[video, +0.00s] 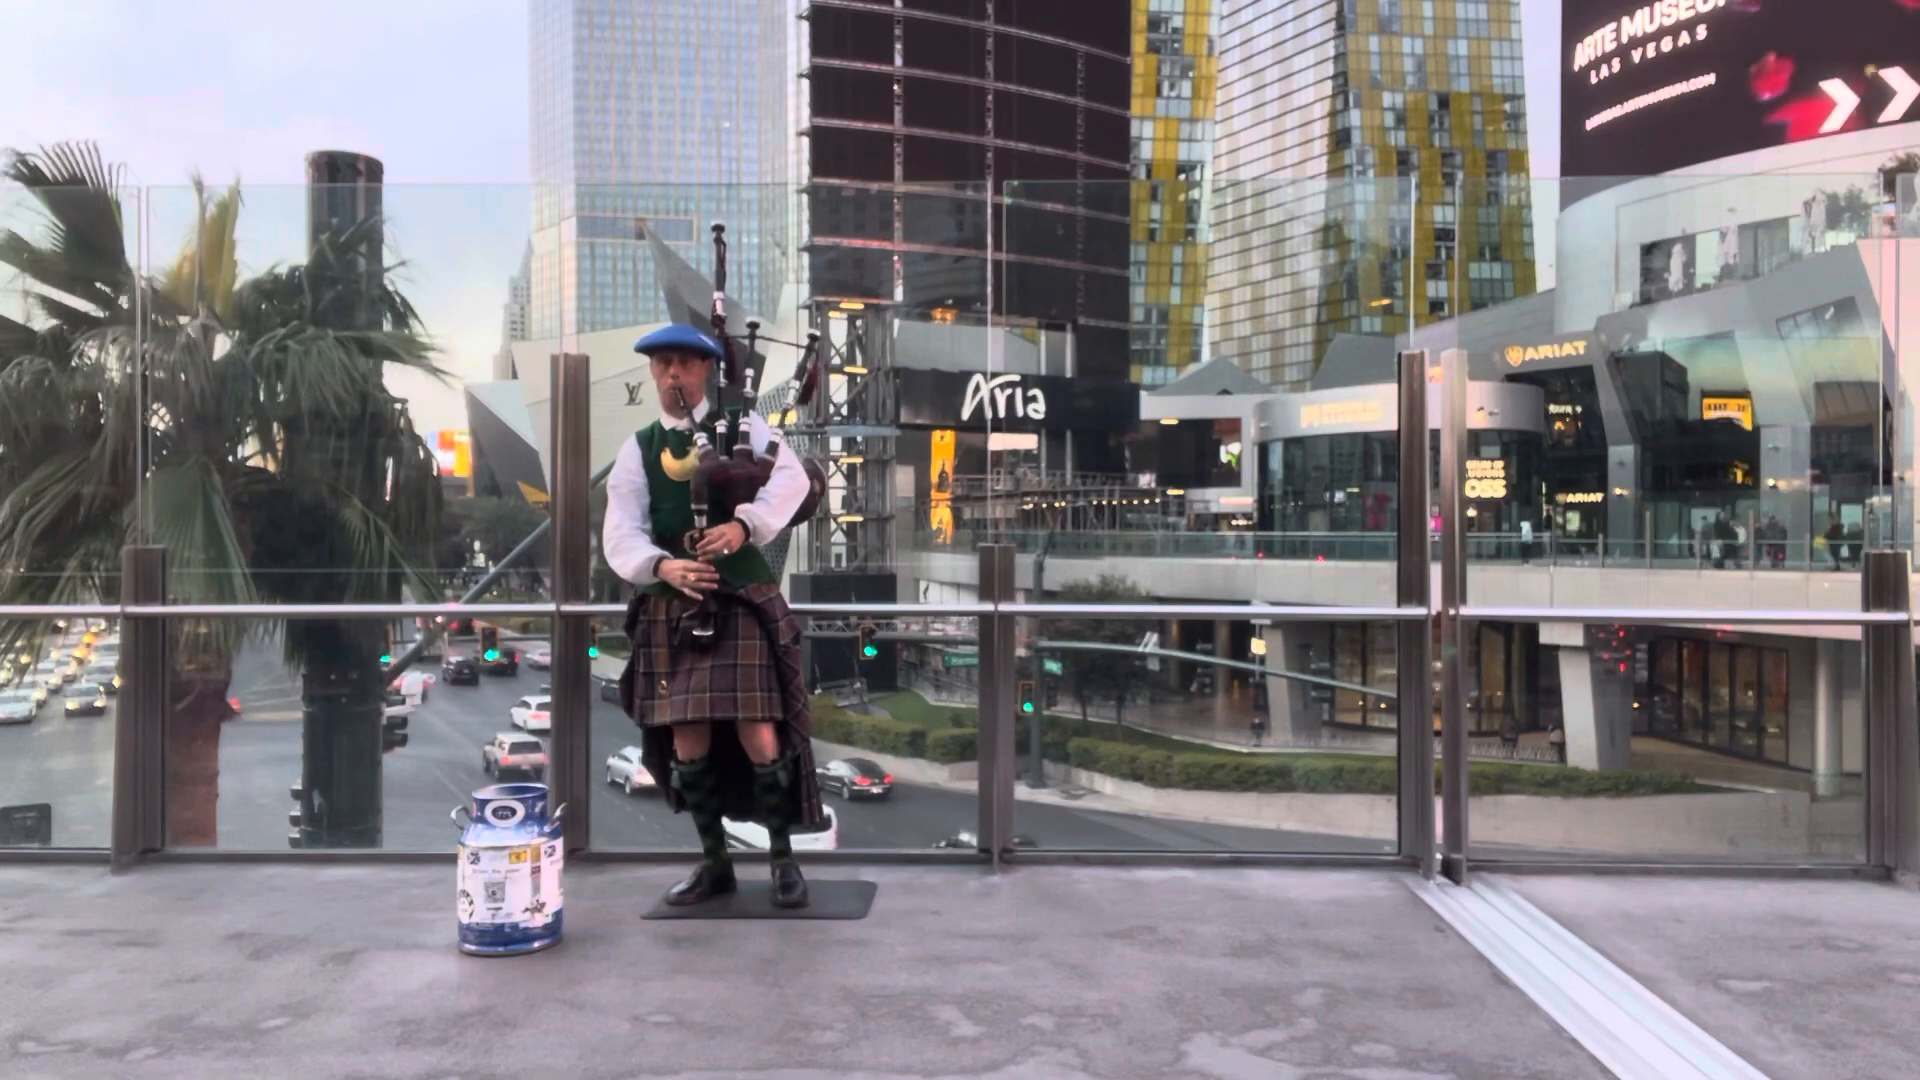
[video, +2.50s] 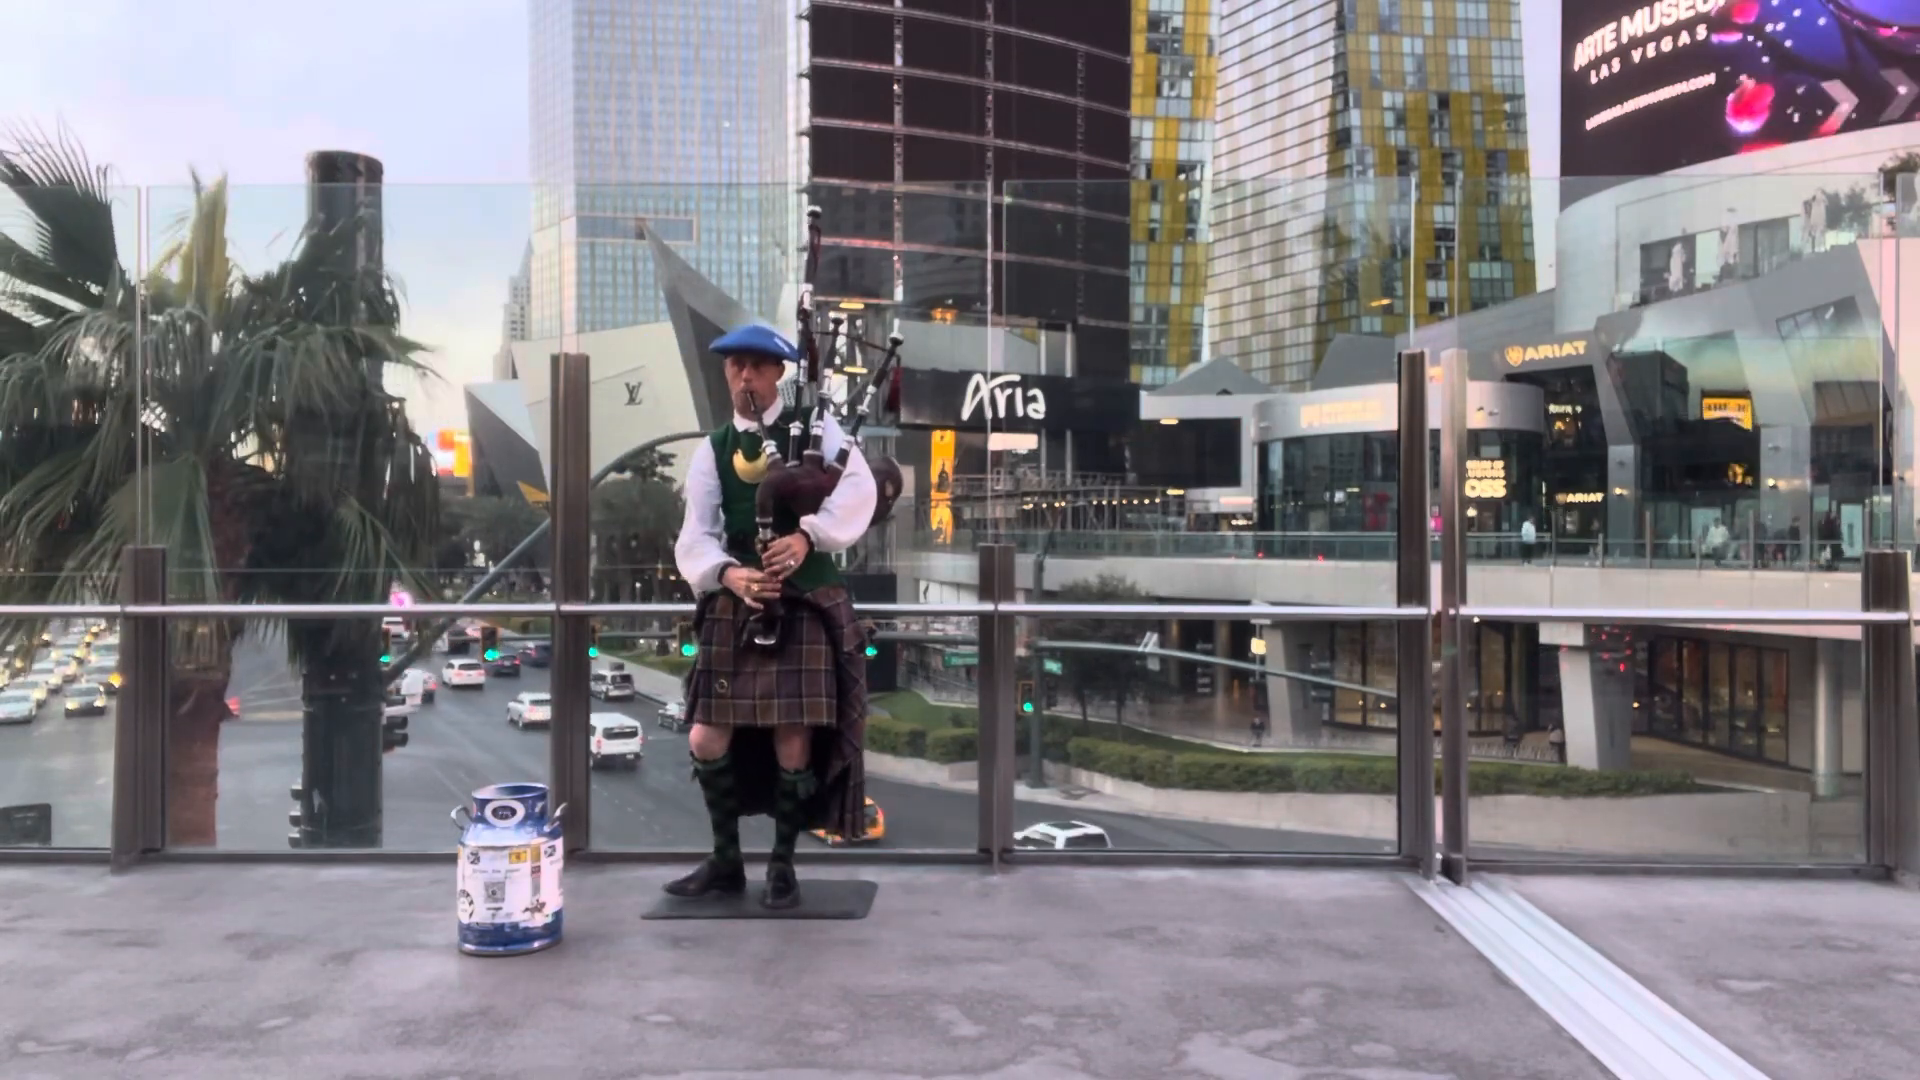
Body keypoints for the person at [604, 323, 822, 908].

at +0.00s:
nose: (673, 373)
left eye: (684, 362)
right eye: (663, 363)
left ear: (708, 368)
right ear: (651, 373)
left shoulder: (745, 428)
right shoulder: (639, 449)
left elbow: (794, 479)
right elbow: (621, 536)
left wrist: (745, 525)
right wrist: (661, 564)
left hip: (743, 594)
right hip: (672, 599)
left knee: (757, 728)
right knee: (687, 730)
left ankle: (782, 860)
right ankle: (716, 863)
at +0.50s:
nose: (707, 372)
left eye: (719, 361)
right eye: (698, 361)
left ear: (745, 370)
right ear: (686, 371)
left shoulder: (779, 432)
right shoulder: (669, 444)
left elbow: (825, 486)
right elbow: (649, 530)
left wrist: (781, 523)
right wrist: (694, 562)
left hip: (769, 594)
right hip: (695, 595)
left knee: (770, 726)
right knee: (701, 728)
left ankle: (780, 863)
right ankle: (715, 864)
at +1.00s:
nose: (742, 374)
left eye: (755, 362)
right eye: (733, 362)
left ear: (780, 370)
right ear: (721, 371)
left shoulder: (814, 430)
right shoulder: (704, 444)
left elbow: (860, 485)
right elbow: (684, 531)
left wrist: (811, 526)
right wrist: (726, 565)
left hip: (798, 597)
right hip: (725, 596)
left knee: (788, 728)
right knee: (708, 729)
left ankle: (781, 863)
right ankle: (722, 861)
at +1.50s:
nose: (748, 373)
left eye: (760, 361)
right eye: (739, 361)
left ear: (784, 369)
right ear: (727, 370)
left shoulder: (819, 428)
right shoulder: (709, 443)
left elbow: (862, 488)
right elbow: (688, 527)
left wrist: (813, 530)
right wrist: (727, 565)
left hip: (802, 597)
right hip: (730, 595)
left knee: (789, 734)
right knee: (714, 734)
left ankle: (782, 863)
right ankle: (723, 863)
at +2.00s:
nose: (742, 374)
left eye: (754, 362)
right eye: (734, 363)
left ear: (781, 368)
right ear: (724, 372)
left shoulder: (818, 427)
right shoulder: (710, 443)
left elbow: (859, 486)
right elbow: (686, 527)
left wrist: (810, 531)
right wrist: (722, 567)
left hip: (802, 594)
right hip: (730, 593)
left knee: (791, 729)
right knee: (716, 732)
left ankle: (782, 864)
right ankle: (725, 862)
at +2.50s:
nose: (745, 377)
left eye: (758, 366)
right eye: (737, 366)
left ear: (781, 373)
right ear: (725, 375)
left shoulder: (818, 429)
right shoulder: (714, 448)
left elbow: (860, 489)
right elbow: (694, 535)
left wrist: (810, 536)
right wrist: (726, 572)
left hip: (804, 599)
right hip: (734, 598)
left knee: (791, 734)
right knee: (706, 735)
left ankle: (781, 864)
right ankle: (726, 860)